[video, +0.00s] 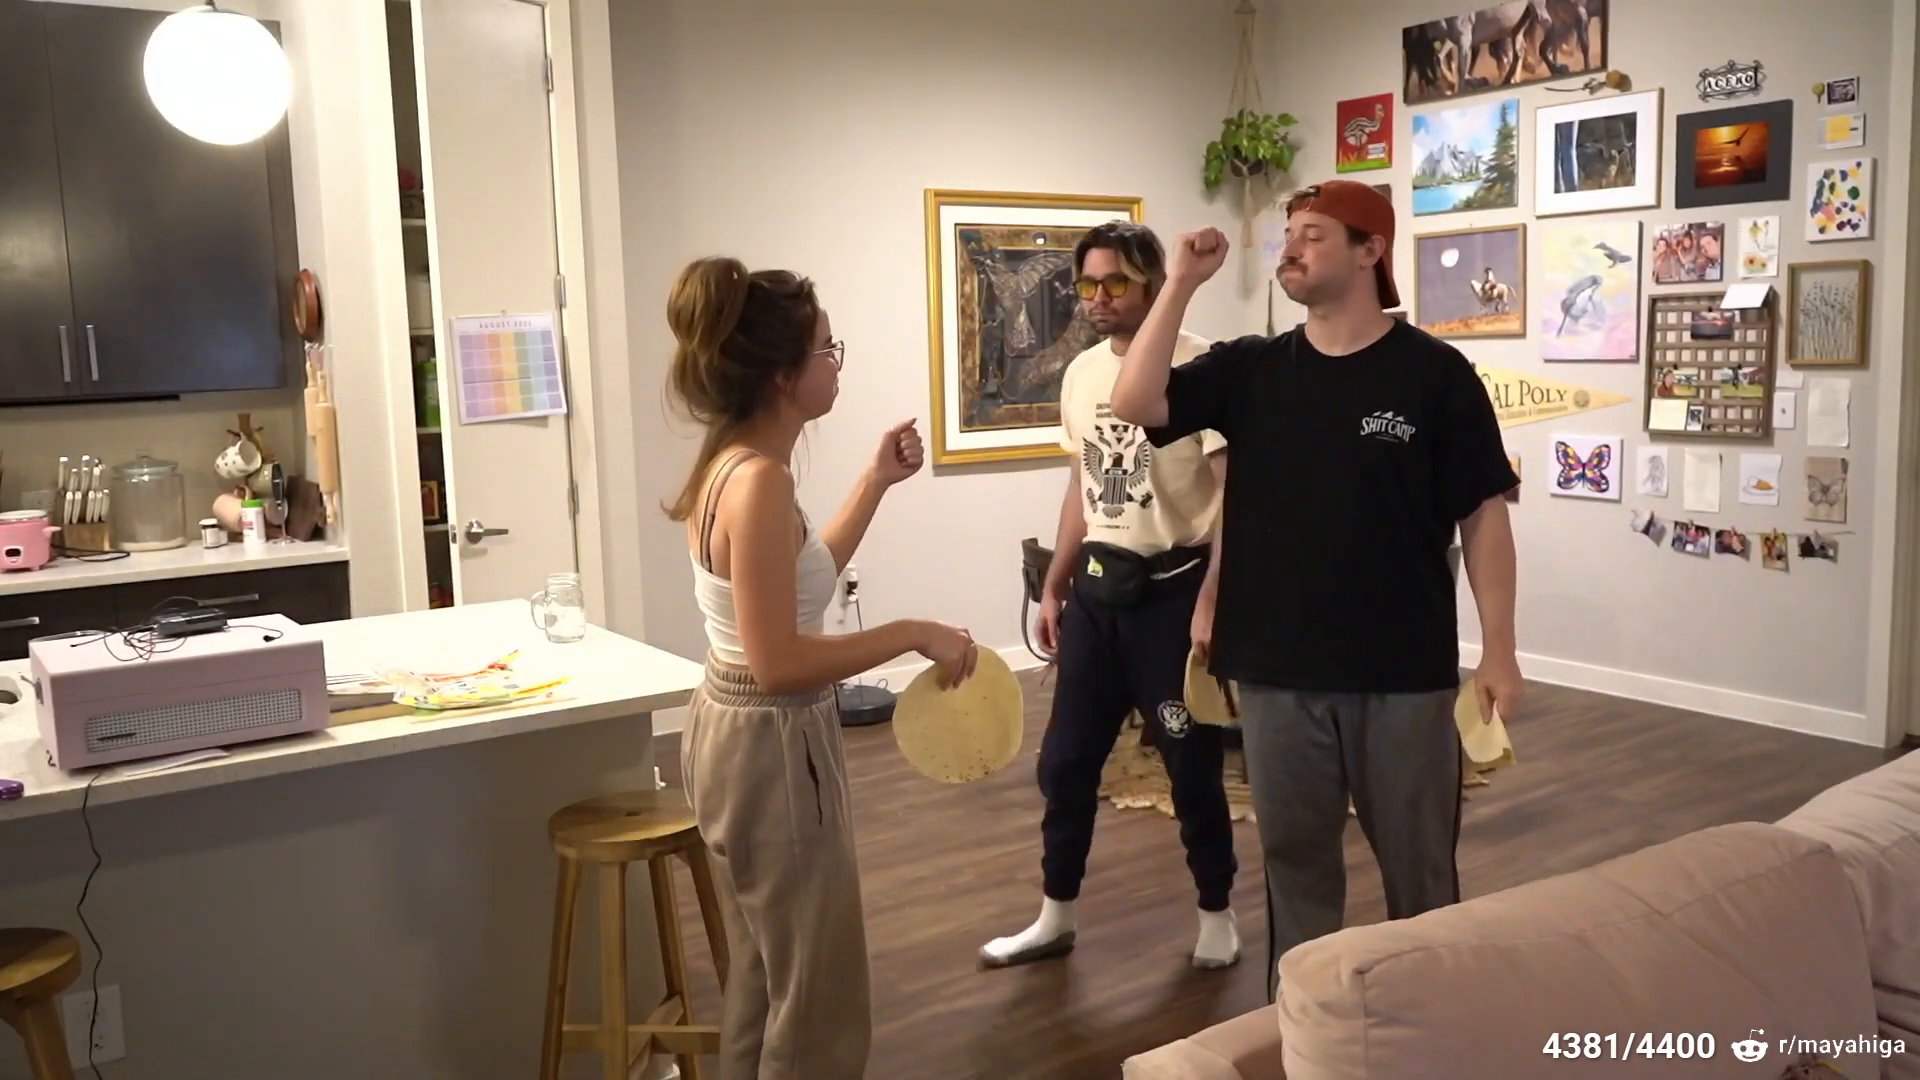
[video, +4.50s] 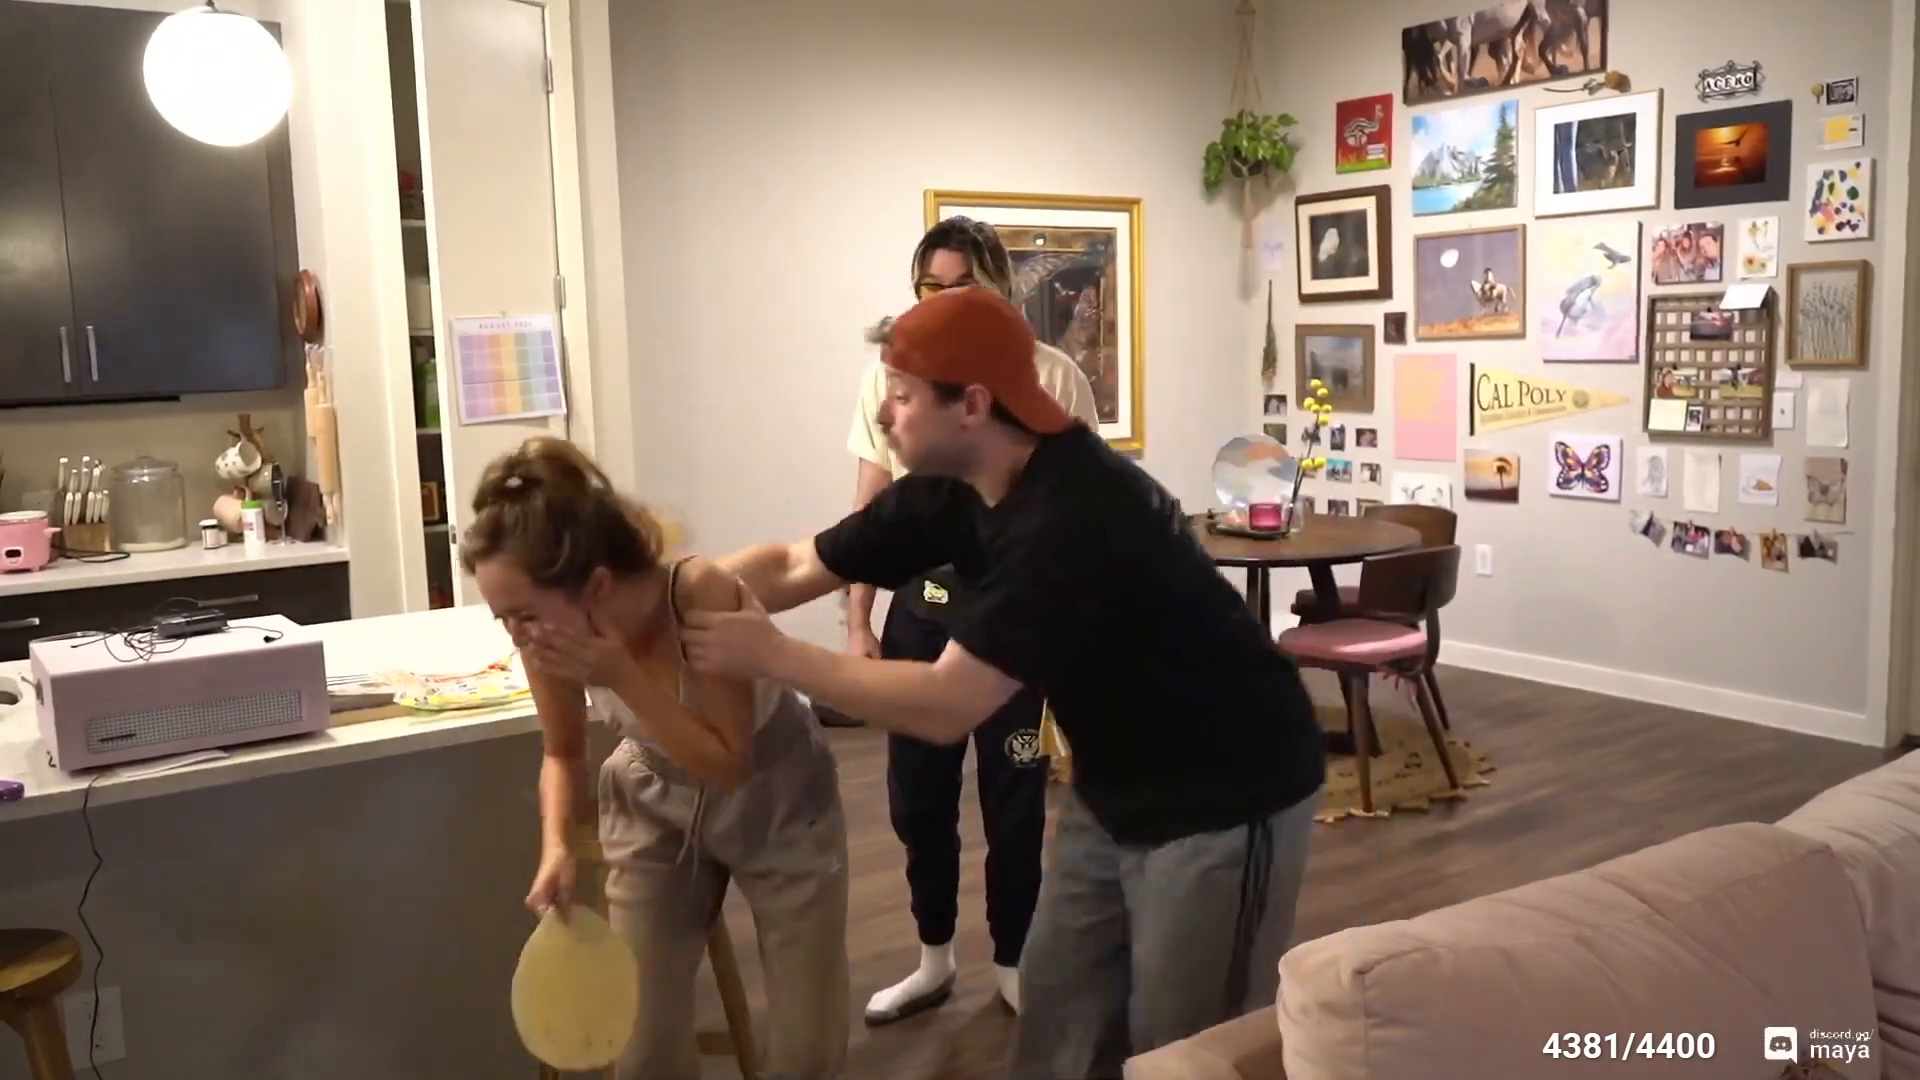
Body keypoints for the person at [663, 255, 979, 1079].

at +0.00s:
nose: (839, 358)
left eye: (832, 345)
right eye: (827, 350)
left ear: (768, 379)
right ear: (782, 377)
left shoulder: (730, 467)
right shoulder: (759, 482)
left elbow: (805, 579)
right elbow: (776, 664)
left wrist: (873, 481)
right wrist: (916, 634)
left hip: (735, 733)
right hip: (775, 746)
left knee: (764, 968)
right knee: (818, 990)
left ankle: (744, 1074)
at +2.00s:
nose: (846, 367)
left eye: (841, 352)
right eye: (835, 355)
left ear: (778, 377)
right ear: (787, 376)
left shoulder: (751, 468)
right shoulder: (757, 487)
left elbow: (825, 583)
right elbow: (776, 668)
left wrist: (936, 530)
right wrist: (920, 641)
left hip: (773, 732)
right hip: (786, 746)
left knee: (786, 968)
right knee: (813, 981)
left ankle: (763, 1073)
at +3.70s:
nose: (796, 413)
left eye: (812, 390)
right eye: (774, 394)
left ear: (831, 377)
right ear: (734, 384)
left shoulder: (804, 462)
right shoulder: (723, 479)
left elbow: (883, 555)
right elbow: (749, 649)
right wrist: (895, 623)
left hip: (820, 724)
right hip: (771, 737)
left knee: (837, 971)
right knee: (822, 981)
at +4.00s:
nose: (704, 431)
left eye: (719, 406)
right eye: (683, 415)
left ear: (768, 395)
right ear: (666, 415)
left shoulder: (816, 462)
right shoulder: (665, 497)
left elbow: (831, 621)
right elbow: (669, 660)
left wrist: (765, 491)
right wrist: (783, 649)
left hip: (817, 731)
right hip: (715, 743)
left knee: (826, 988)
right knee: (774, 1010)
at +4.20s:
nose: (616, 488)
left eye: (634, 463)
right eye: (603, 466)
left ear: (703, 451)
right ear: (595, 457)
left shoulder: (777, 497)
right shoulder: (617, 534)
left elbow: (759, 670)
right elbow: (625, 682)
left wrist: (698, 541)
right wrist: (689, 710)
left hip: (804, 753)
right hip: (688, 764)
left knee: (813, 1005)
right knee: (712, 1030)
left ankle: (799, 1076)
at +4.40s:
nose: (538, 583)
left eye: (551, 562)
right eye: (524, 563)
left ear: (624, 540)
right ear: (515, 544)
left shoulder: (715, 559)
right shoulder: (558, 595)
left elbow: (704, 740)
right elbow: (592, 722)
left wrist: (629, 624)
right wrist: (606, 803)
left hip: (783, 766)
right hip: (670, 770)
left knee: (812, 1036)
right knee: (668, 1040)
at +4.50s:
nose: (515, 637)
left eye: (525, 615)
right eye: (502, 618)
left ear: (597, 586)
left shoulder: (703, 591)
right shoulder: (546, 627)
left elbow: (728, 766)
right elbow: (563, 750)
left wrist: (617, 671)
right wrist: (557, 847)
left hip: (772, 789)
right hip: (653, 791)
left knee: (806, 1047)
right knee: (643, 1040)